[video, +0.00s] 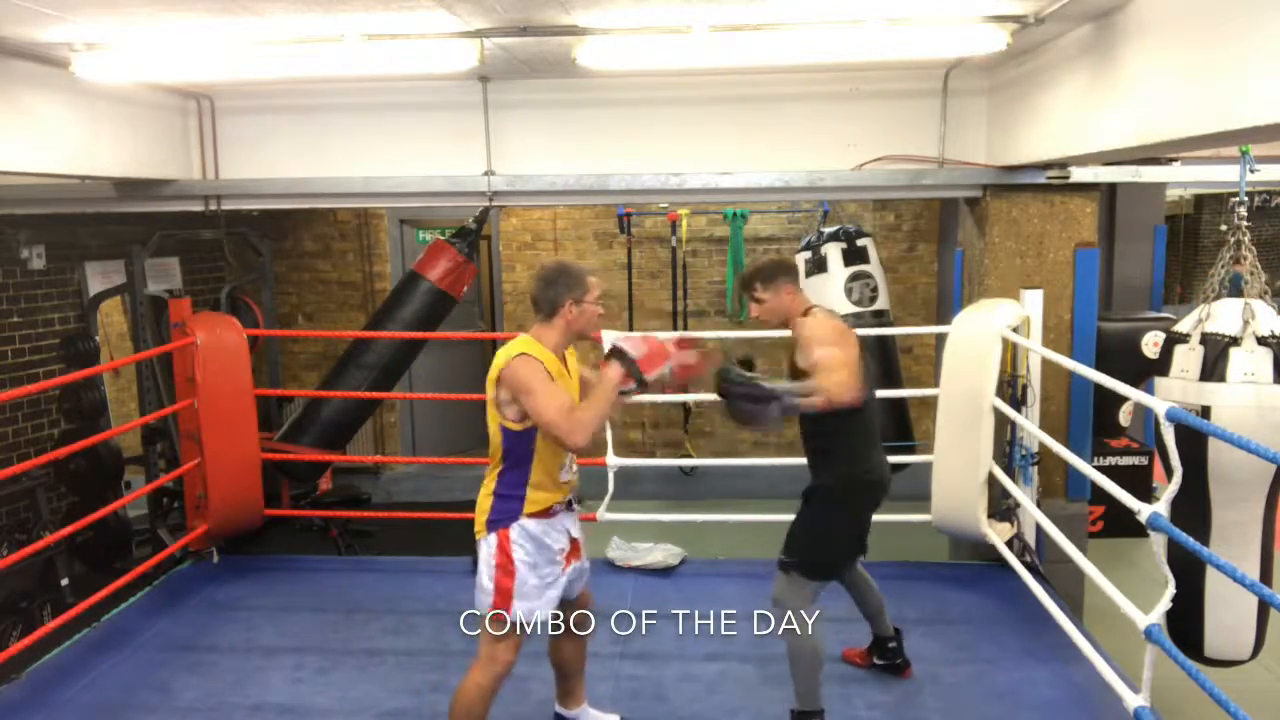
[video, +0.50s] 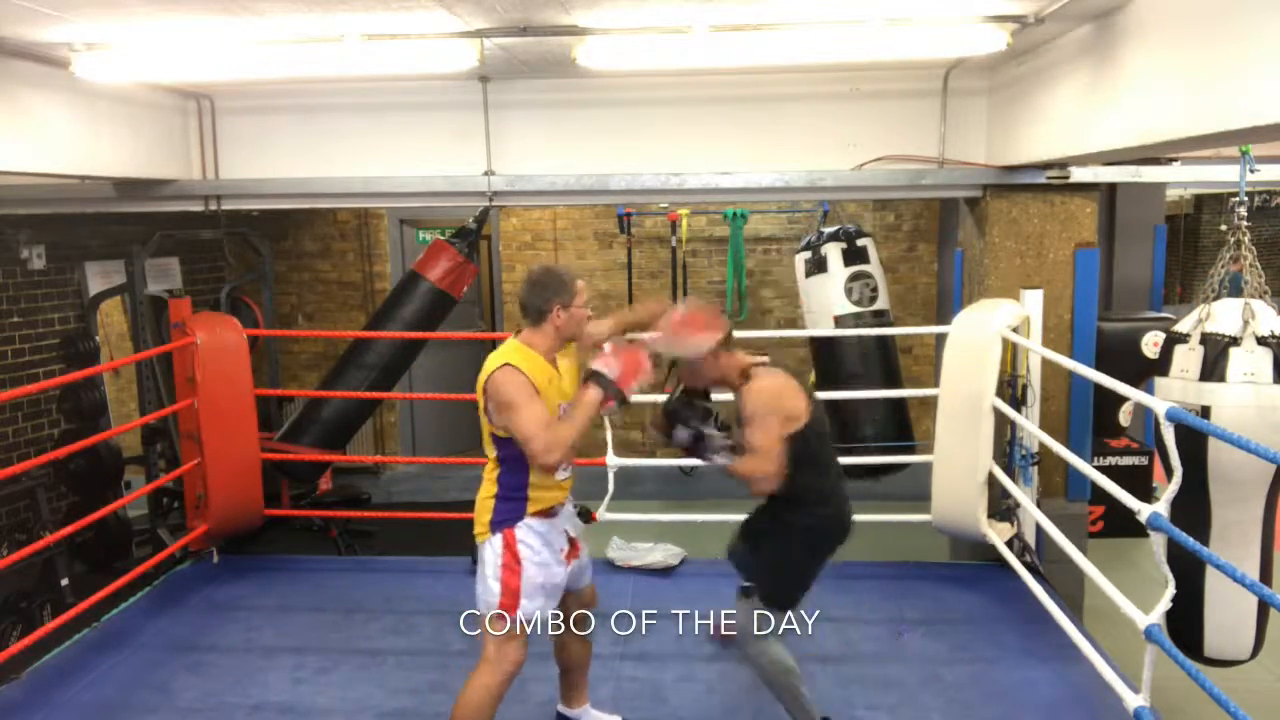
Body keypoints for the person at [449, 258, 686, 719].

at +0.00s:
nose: (602, 310)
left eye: (601, 300)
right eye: (596, 300)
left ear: (564, 308)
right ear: (568, 308)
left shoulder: (562, 356)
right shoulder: (521, 363)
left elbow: (594, 399)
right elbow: (575, 432)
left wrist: (634, 377)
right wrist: (616, 370)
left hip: (557, 515)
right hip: (514, 525)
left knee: (576, 614)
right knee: (496, 657)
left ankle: (572, 707)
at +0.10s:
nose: (601, 309)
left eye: (600, 299)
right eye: (595, 300)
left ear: (564, 309)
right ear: (567, 309)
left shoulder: (568, 354)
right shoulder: (523, 366)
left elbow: (606, 396)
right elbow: (580, 430)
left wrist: (661, 379)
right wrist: (611, 369)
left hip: (553, 516)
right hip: (513, 526)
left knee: (573, 615)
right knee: (494, 653)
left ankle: (571, 707)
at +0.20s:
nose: (603, 308)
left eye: (602, 299)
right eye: (597, 300)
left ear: (561, 307)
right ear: (571, 308)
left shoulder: (537, 350)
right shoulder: (545, 366)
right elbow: (618, 429)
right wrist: (649, 358)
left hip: (554, 514)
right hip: (522, 523)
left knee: (575, 608)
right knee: (493, 652)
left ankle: (571, 707)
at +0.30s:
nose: (604, 306)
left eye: (602, 297)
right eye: (598, 298)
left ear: (566, 306)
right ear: (572, 306)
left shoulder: (565, 345)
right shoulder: (535, 368)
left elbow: (635, 342)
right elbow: (586, 449)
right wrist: (637, 396)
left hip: (562, 511)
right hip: (525, 520)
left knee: (576, 606)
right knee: (502, 649)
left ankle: (571, 706)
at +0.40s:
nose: (596, 306)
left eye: (593, 298)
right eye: (589, 299)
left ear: (562, 308)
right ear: (563, 310)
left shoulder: (569, 340)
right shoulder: (520, 372)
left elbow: (632, 306)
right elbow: (550, 455)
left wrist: (695, 278)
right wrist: (608, 416)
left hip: (561, 507)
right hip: (521, 520)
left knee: (578, 603)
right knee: (510, 651)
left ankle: (573, 706)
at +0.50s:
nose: (588, 313)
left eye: (586, 305)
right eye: (583, 306)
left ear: (555, 314)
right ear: (557, 315)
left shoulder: (566, 347)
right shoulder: (507, 375)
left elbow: (620, 322)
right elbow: (547, 451)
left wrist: (669, 313)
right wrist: (597, 387)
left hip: (555, 514)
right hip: (513, 527)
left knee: (580, 606)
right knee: (504, 657)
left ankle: (575, 706)